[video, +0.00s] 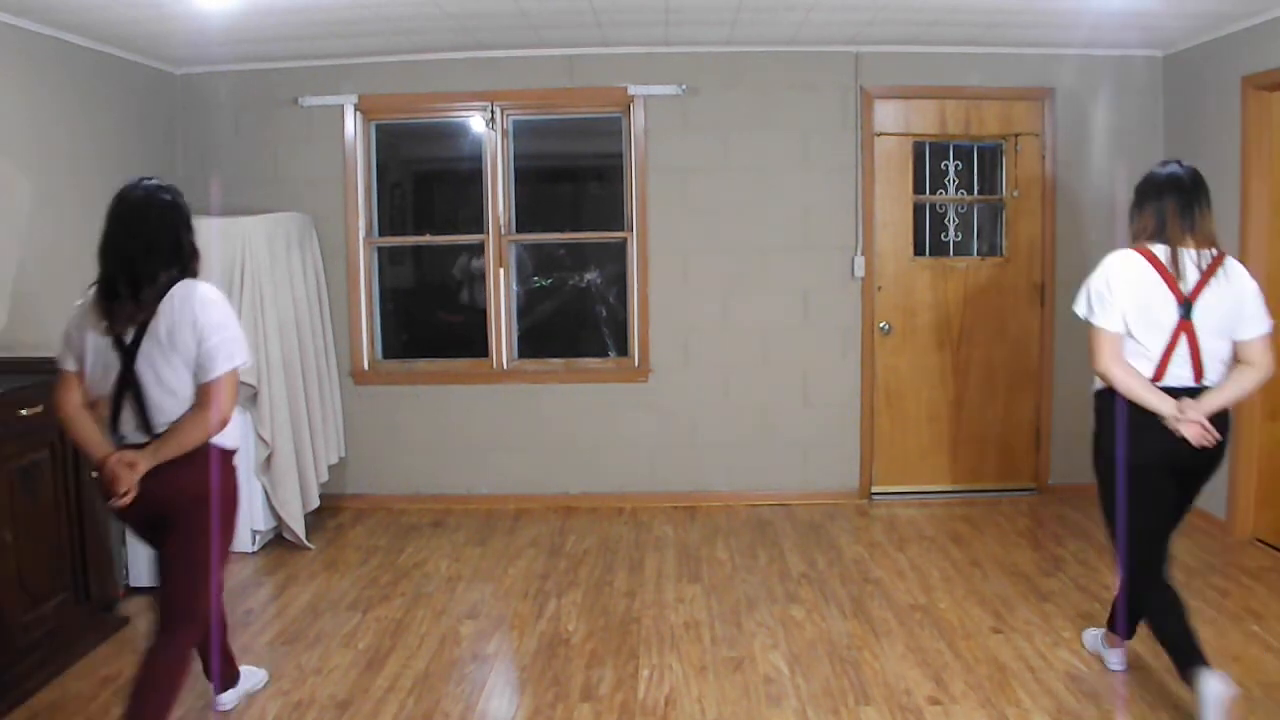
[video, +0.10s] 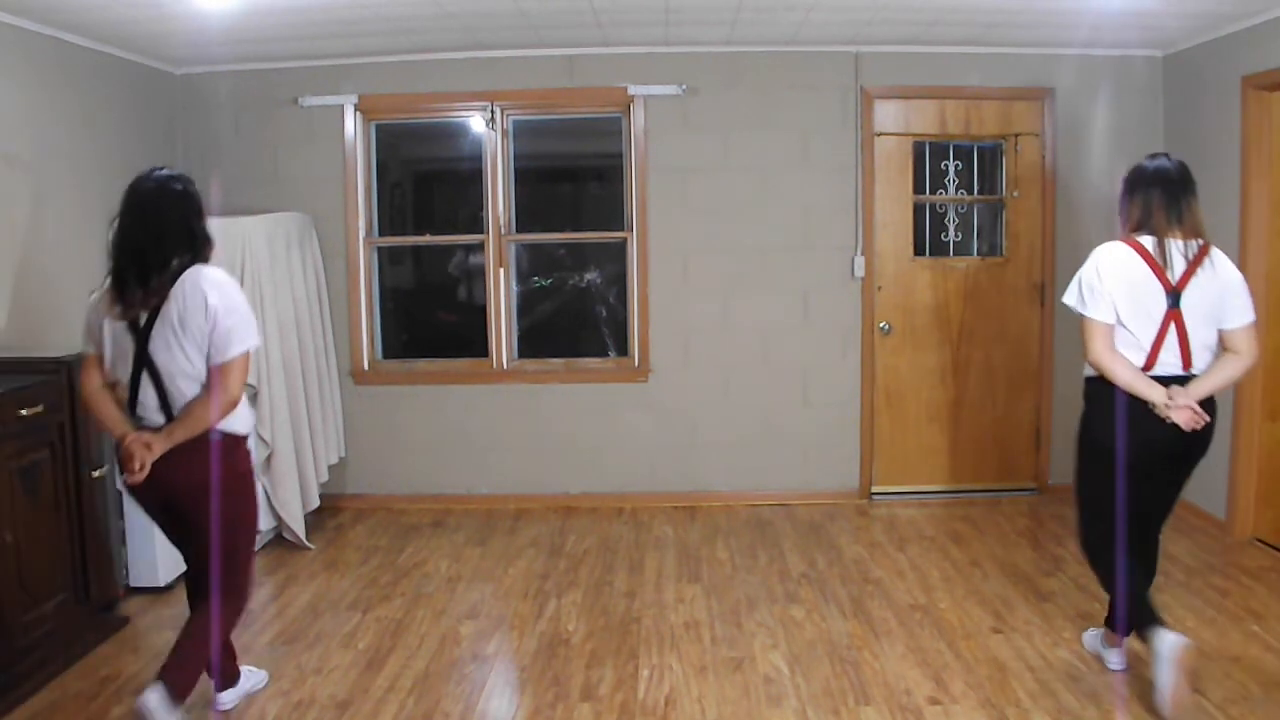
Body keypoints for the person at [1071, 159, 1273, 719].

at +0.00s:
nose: (1138, 216)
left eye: (1141, 206)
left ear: (1144, 209)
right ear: (1202, 209)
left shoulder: (1120, 268)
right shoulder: (1233, 274)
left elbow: (1107, 362)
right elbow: (1258, 364)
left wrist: (1169, 409)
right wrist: (1200, 408)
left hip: (1132, 423)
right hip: (1204, 423)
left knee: (1141, 553)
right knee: (1147, 539)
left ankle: (1201, 675)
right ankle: (1116, 639)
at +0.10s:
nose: (1123, 207)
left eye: (1126, 198)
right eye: (1126, 199)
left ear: (1133, 202)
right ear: (1189, 200)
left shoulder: (1109, 260)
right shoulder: (1219, 265)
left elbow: (1099, 353)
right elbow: (1242, 353)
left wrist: (1163, 397)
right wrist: (1188, 392)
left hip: (1120, 415)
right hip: (1190, 417)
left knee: (1100, 531)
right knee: (1145, 526)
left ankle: (1159, 635)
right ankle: (1115, 640)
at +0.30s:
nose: (1103, 203)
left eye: (1106, 195)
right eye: (1105, 194)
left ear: (1113, 197)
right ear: (1165, 195)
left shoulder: (1093, 253)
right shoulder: (1198, 259)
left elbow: (1085, 344)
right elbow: (1218, 342)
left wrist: (1141, 391)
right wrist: (1165, 388)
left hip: (1100, 400)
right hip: (1169, 404)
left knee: (1063, 495)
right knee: (1133, 519)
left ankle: (1089, 597)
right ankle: (1118, 637)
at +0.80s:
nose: (1050, 212)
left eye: (1052, 204)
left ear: (1053, 208)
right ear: (1104, 205)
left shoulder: (1038, 261)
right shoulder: (1136, 261)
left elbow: (1033, 342)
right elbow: (1161, 337)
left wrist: (1087, 383)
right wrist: (1111, 378)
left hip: (1051, 398)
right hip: (1116, 399)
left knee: (1021, 480)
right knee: (1108, 517)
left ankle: (1026, 581)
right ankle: (1113, 635)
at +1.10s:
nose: (980, 223)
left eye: (981, 215)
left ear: (985, 219)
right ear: (1031, 217)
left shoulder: (974, 270)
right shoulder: (1063, 267)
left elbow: (973, 342)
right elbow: (1085, 335)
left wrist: (1021, 383)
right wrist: (1043, 379)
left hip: (989, 389)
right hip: (1051, 389)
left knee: (968, 480)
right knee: (1053, 498)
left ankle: (952, 563)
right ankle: (1094, 595)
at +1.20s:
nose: (960, 216)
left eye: (959, 208)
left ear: (964, 212)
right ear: (1008, 210)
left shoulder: (952, 263)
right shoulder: (1038, 258)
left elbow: (952, 336)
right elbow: (1062, 326)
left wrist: (1001, 370)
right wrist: (1024, 365)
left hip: (967, 384)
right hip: (1024, 383)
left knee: (955, 477)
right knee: (1021, 483)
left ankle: (949, 563)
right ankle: (1061, 560)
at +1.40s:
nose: (931, 208)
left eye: (932, 201)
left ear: (938, 203)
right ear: (979, 200)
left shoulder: (932, 251)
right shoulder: (1008, 248)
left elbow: (938, 322)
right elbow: (1027, 314)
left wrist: (982, 360)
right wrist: (998, 354)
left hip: (943, 369)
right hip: (994, 370)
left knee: (943, 459)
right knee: (960, 446)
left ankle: (949, 561)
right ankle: (989, 524)